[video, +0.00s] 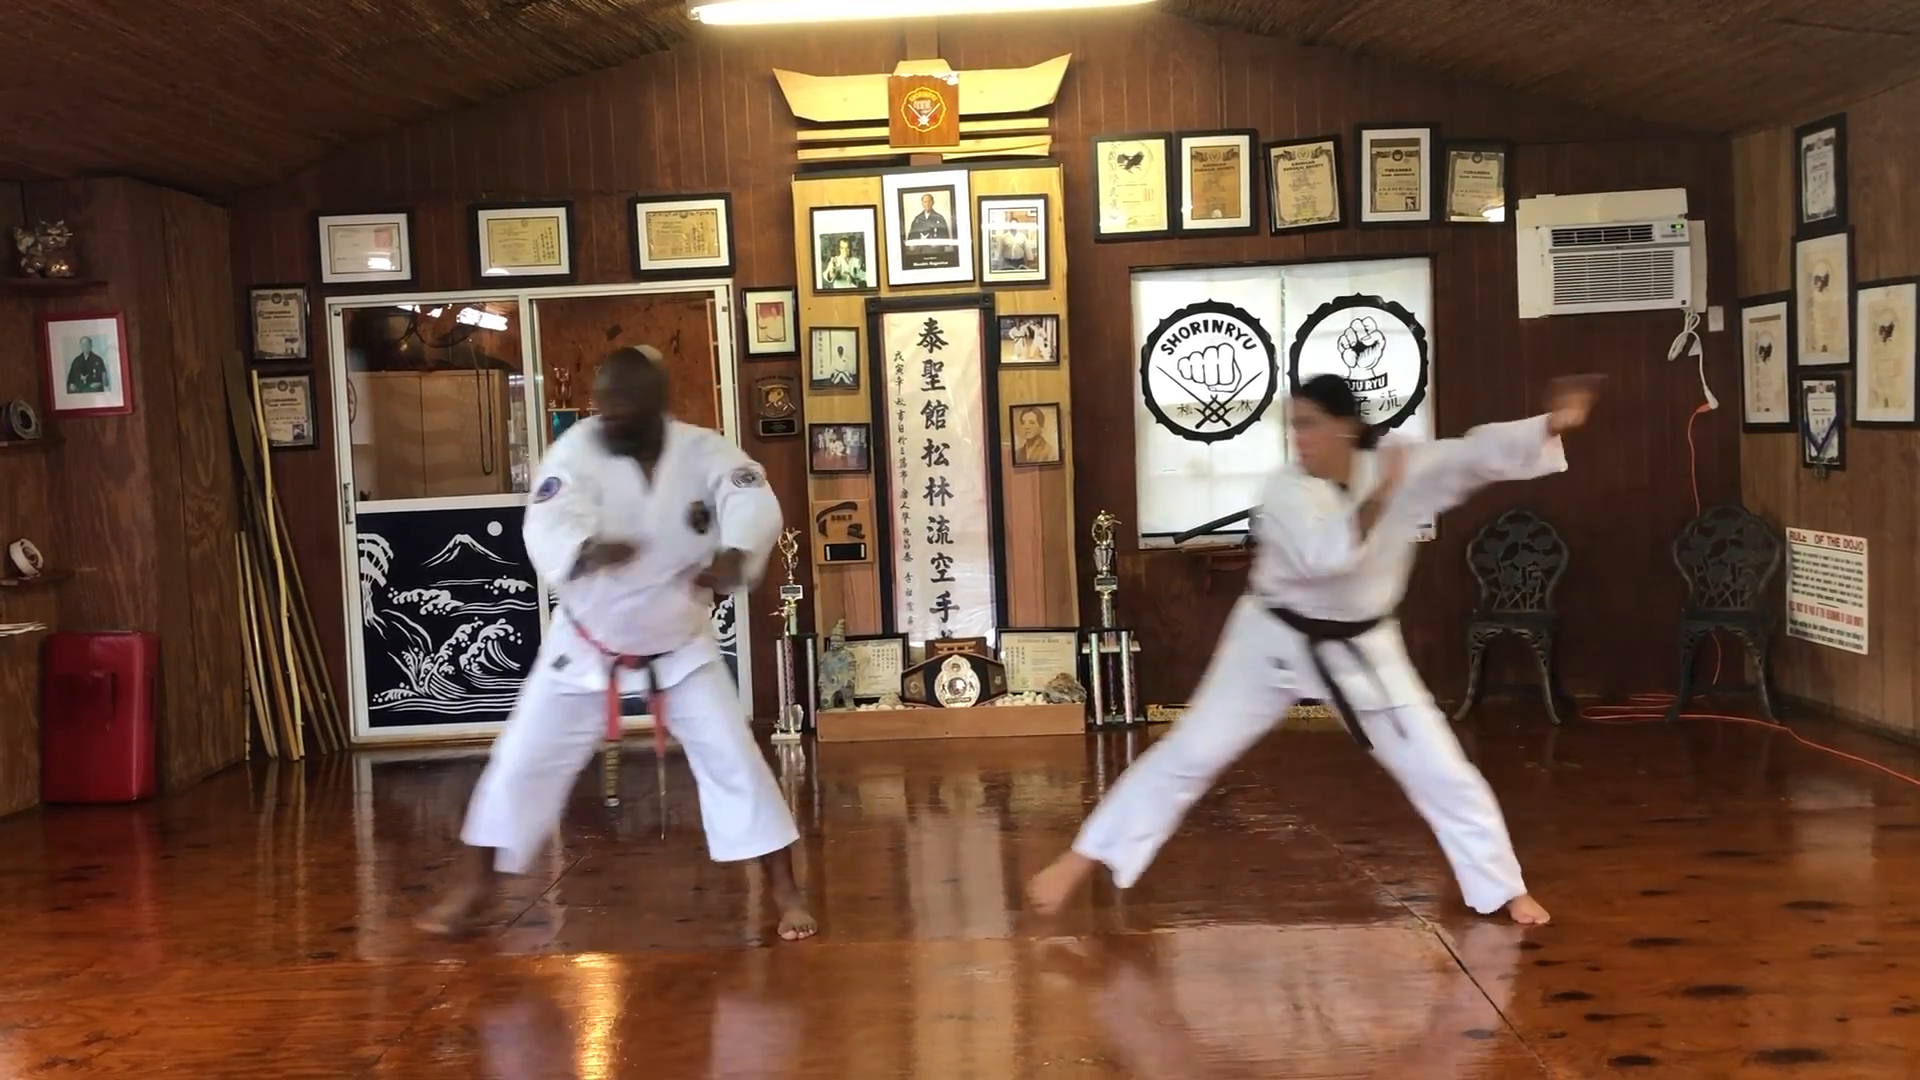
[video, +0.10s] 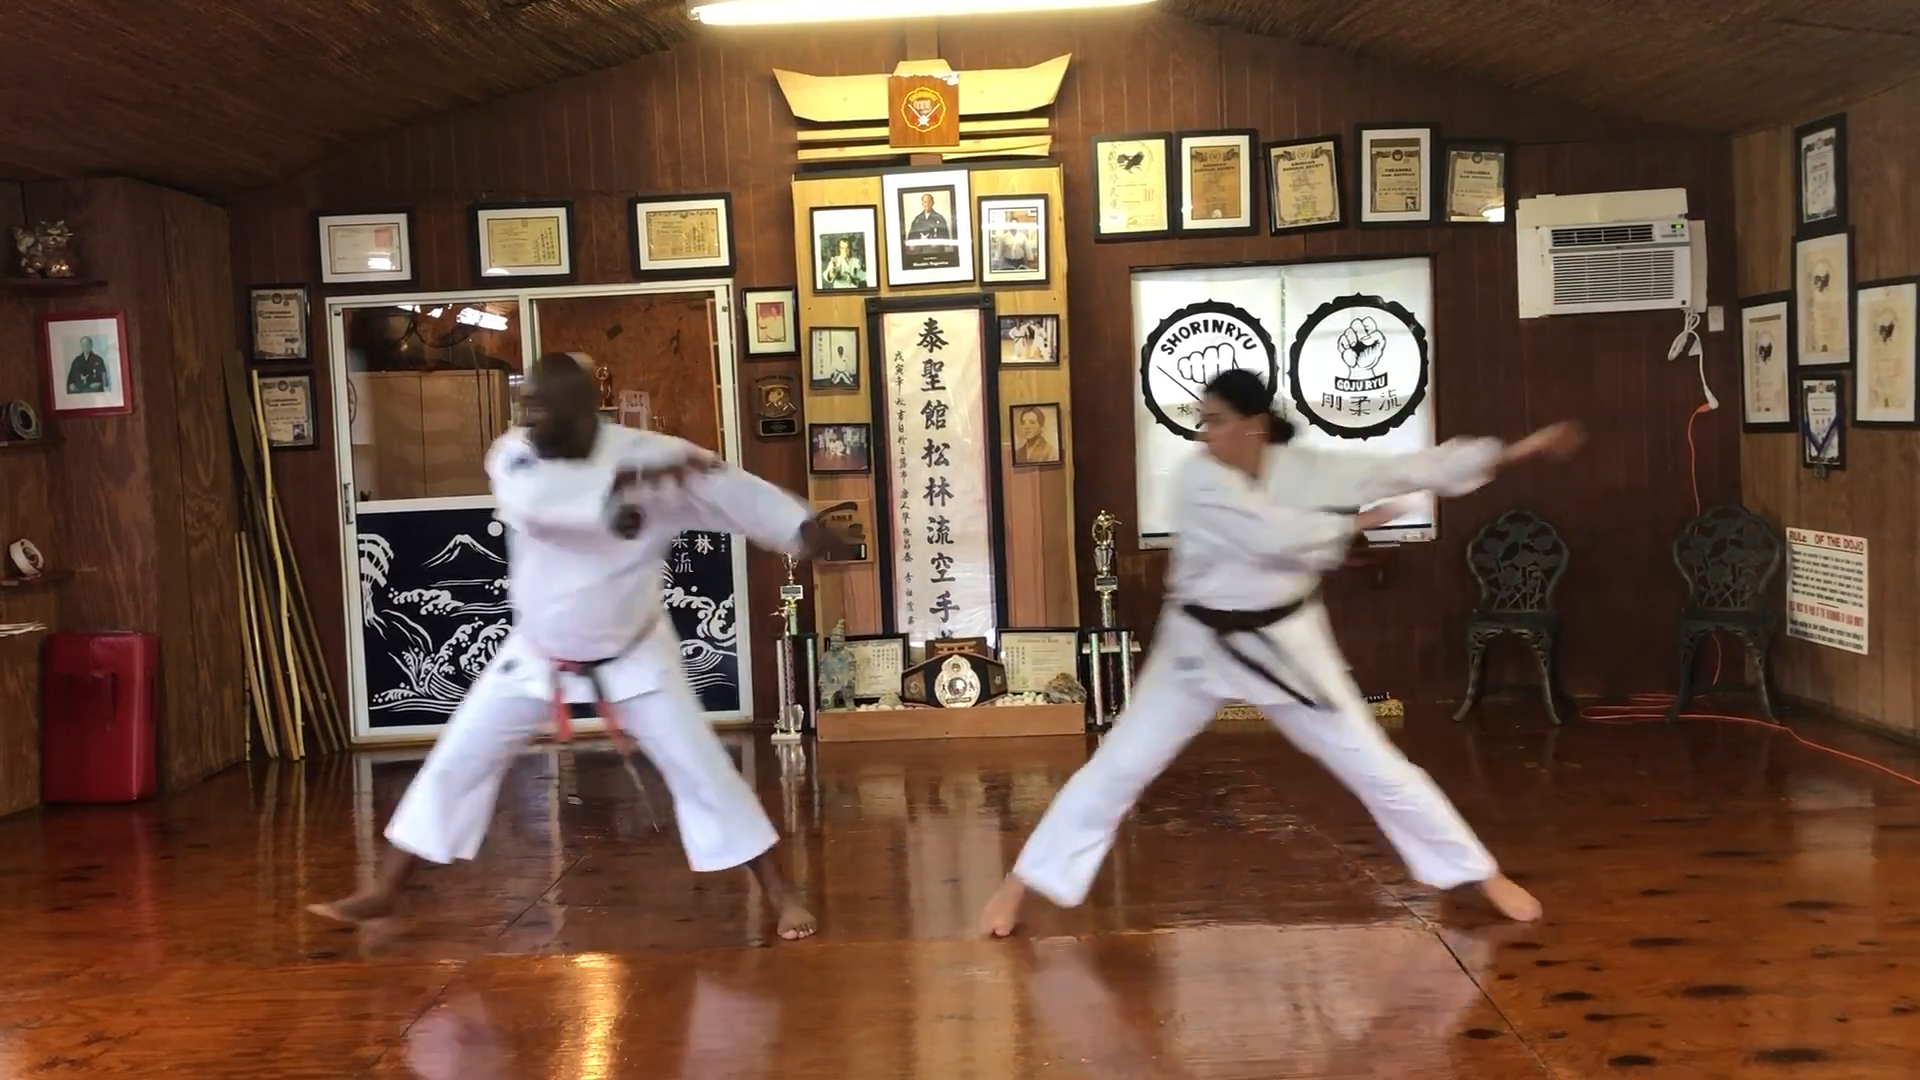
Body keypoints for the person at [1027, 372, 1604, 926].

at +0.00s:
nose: (1297, 438)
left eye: (1309, 425)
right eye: (1293, 425)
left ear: (1348, 427)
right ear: (1297, 432)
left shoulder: (1400, 463)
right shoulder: (1285, 493)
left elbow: (1472, 454)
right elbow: (1327, 561)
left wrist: (1547, 427)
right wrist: (1384, 500)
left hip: (1365, 641)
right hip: (1273, 633)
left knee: (1437, 764)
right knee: (1194, 749)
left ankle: (1505, 892)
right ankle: (1081, 858)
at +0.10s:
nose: (1205, 431)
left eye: (1217, 420)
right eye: (1203, 419)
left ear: (1257, 424)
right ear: (1213, 427)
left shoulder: (1308, 467)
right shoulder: (1199, 478)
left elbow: (1411, 469)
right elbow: (1266, 539)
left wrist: (1513, 452)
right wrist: (1349, 526)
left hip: (1288, 641)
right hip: (1196, 642)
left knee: (1371, 762)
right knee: (1118, 764)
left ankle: (1486, 877)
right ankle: (1019, 884)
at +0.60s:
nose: (1058, 423)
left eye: (1069, 412)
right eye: (1057, 411)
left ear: (1110, 414)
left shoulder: (1162, 479)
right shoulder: (1046, 481)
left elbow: (1149, 576)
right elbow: (996, 563)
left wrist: (1074, 628)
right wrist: (944, 634)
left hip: (1139, 629)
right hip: (1058, 629)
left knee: (1181, 772)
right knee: (1030, 766)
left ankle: (1207, 898)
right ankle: (1016, 909)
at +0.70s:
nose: (1050, 417)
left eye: (1061, 406)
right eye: (1048, 406)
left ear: (1101, 410)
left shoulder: (1153, 480)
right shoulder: (1036, 477)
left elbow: (1142, 575)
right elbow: (988, 560)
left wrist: (1073, 624)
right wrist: (934, 635)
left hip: (1133, 628)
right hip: (1051, 629)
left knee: (1177, 767)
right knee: (1029, 765)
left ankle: (1204, 895)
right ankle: (1014, 907)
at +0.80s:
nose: (1050, 422)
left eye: (1062, 412)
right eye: (1047, 412)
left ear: (1100, 417)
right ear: (1046, 416)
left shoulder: (1145, 492)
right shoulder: (1024, 491)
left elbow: (1137, 590)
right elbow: (973, 574)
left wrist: (1064, 642)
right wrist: (925, 650)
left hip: (1135, 629)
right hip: (1050, 633)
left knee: (1202, 755)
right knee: (1025, 767)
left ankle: (1225, 884)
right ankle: (1012, 909)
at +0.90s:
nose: (1075, 430)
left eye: (1090, 419)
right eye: (1067, 418)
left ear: (1117, 432)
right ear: (1056, 429)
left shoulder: (1141, 498)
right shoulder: (1029, 504)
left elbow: (1128, 596)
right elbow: (976, 580)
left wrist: (1046, 643)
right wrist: (939, 661)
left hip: (1146, 642)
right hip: (1062, 650)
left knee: (1232, 748)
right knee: (1027, 774)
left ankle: (1295, 869)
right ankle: (1008, 911)